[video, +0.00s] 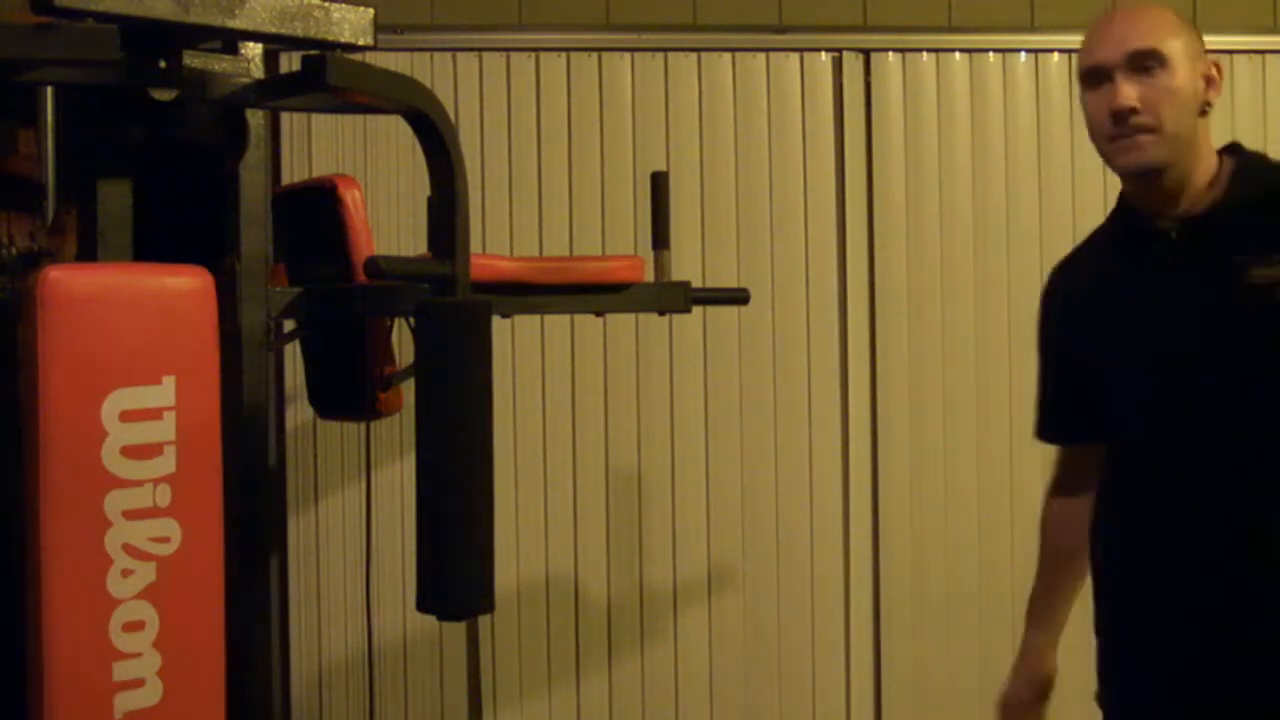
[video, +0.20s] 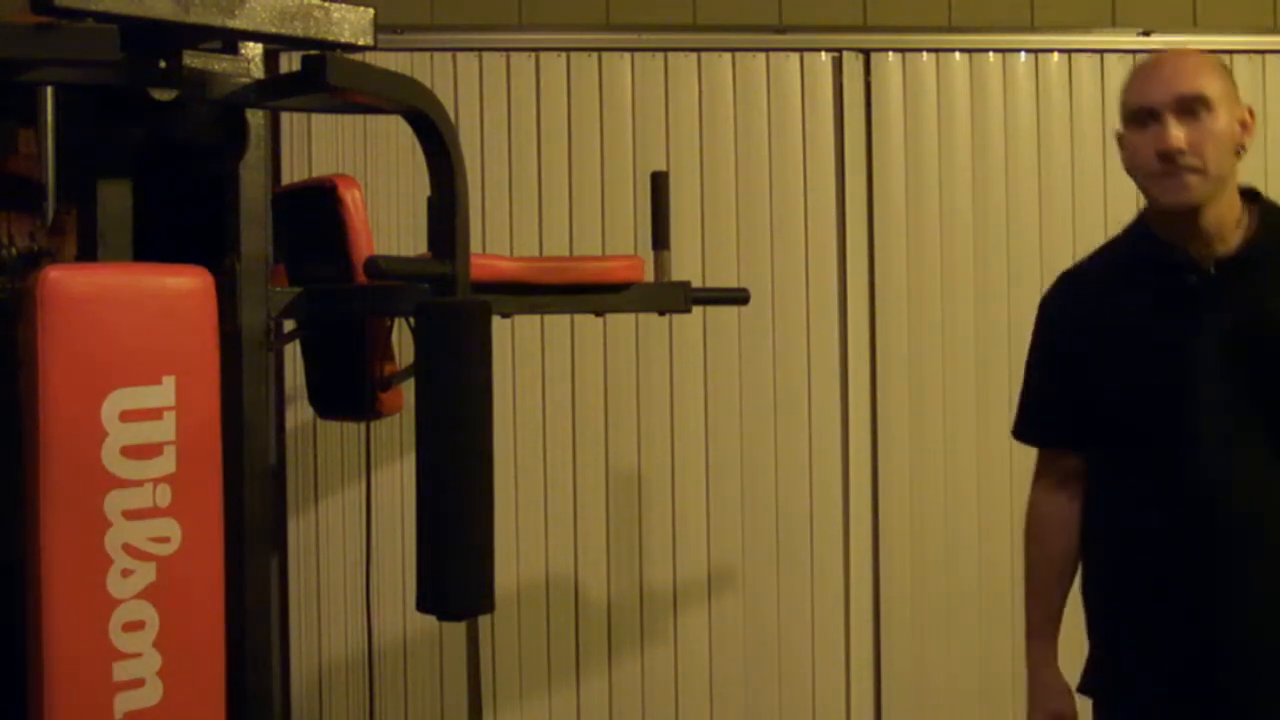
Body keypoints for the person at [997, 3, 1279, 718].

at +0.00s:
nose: (1123, 99)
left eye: (1148, 68)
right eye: (1099, 81)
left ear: (1208, 83)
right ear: (1083, 107)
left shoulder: (1275, 217)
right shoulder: (1083, 285)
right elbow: (1079, 474)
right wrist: (1037, 653)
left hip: (1277, 643)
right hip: (1157, 659)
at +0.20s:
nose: (1171, 140)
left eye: (1193, 112)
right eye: (1145, 119)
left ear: (1243, 127)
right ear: (1122, 146)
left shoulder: (1278, 266)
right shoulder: (1084, 299)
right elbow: (1060, 483)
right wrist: (1042, 668)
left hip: (1275, 659)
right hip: (1146, 668)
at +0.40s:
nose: (1193, 146)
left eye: (1217, 121)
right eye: (1170, 125)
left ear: (1261, 137)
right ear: (1146, 145)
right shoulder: (1092, 283)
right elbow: (1055, 453)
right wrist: (1039, 619)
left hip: (1268, 625)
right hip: (1130, 628)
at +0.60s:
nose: (1196, 142)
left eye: (1220, 121)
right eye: (1174, 121)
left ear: (1258, 144)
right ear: (1148, 141)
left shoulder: (1275, 268)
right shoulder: (1078, 275)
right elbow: (1040, 443)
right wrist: (1025, 607)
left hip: (1248, 609)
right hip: (1105, 608)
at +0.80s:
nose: (1166, 141)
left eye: (1188, 120)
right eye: (1146, 121)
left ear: (1222, 142)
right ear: (1116, 141)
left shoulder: (1264, 269)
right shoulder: (1049, 272)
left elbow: (1275, 431)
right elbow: (1010, 436)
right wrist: (996, 601)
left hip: (1219, 591)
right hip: (1078, 590)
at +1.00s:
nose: (1110, 142)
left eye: (1132, 123)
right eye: (1090, 124)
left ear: (1167, 142)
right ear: (1065, 144)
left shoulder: (1223, 272)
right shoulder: (1002, 271)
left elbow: (1256, 438)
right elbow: (966, 433)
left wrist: (1241, 596)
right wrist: (962, 591)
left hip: (1169, 583)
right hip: (1033, 583)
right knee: (1008, 716)